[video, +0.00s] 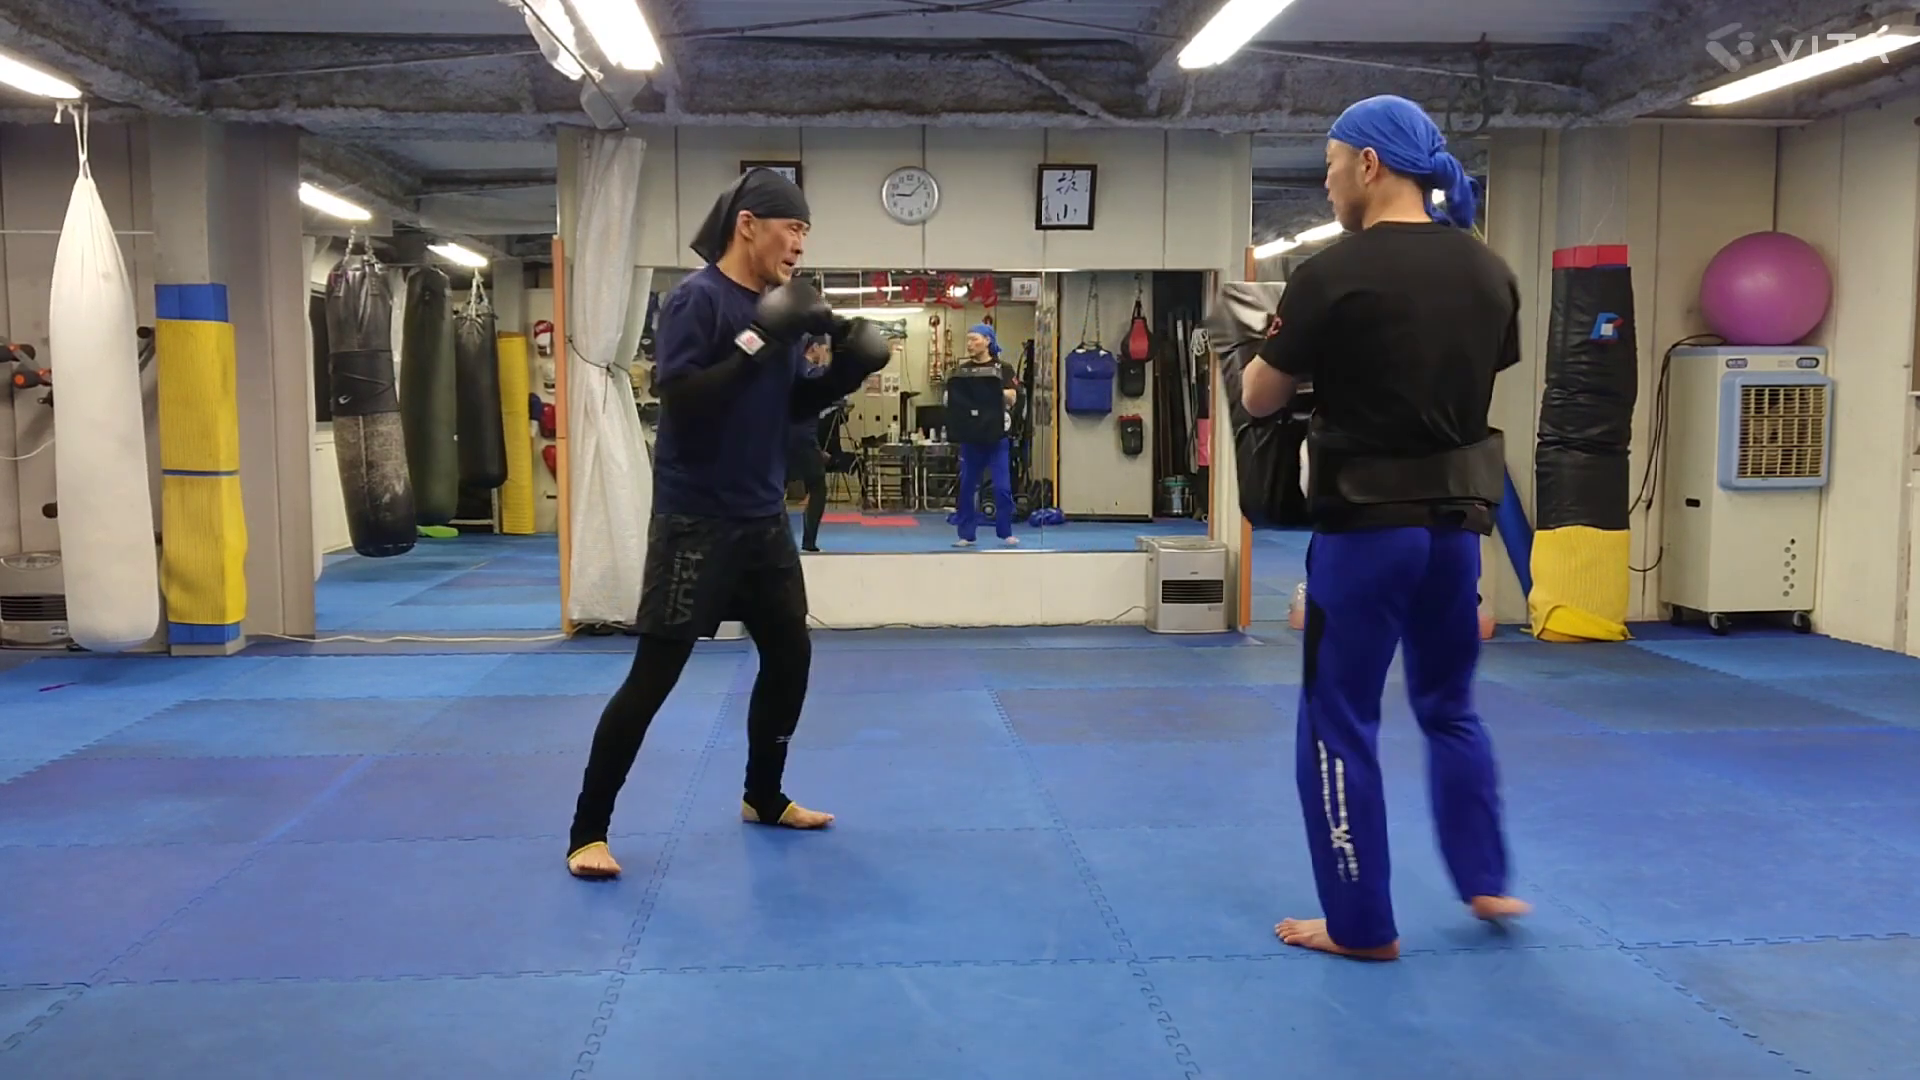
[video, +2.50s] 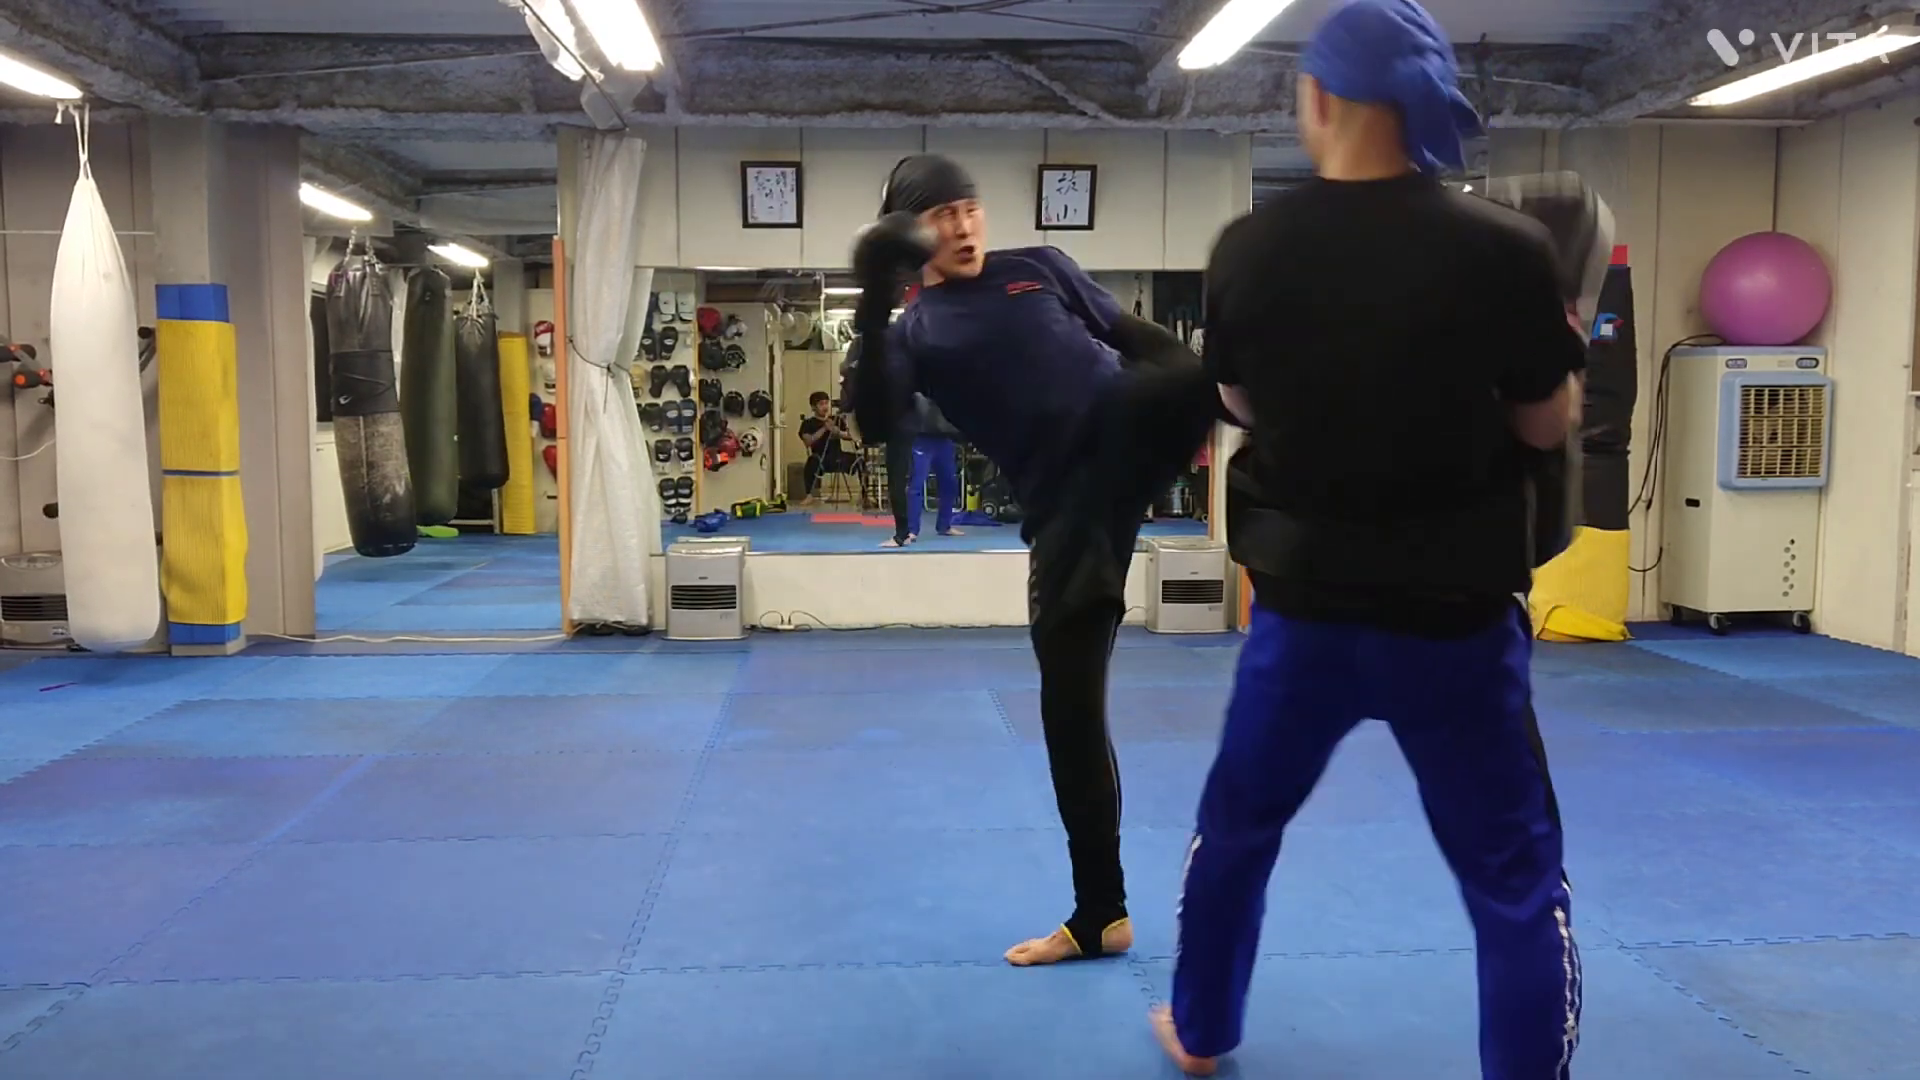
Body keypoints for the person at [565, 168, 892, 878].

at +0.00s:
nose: (798, 248)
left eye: (803, 236)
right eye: (789, 233)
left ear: (786, 238)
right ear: (745, 225)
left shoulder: (779, 313)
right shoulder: (695, 299)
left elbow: (793, 407)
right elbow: (677, 394)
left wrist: (847, 371)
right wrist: (756, 346)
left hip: (762, 521)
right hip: (694, 523)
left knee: (789, 655)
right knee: (653, 677)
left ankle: (764, 797)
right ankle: (588, 834)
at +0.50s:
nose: (855, 247)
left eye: (859, 234)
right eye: (844, 233)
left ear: (836, 236)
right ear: (802, 230)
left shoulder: (826, 302)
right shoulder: (769, 288)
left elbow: (850, 380)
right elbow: (743, 383)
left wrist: (901, 361)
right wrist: (836, 386)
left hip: (796, 501)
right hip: (757, 501)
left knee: (797, 645)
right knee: (790, 645)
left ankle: (763, 799)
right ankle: (736, 815)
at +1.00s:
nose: (816, 231)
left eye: (822, 219)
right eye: (798, 219)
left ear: (832, 224)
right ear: (769, 232)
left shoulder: (855, 281)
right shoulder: (754, 328)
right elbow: (772, 400)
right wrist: (784, 291)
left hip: (953, 422)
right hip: (898, 501)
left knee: (1080, 386)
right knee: (919, 675)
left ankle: (1258, 392)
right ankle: (929, 857)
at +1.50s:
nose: (996, 229)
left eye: (999, 215)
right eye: (984, 213)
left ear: (964, 218)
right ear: (937, 212)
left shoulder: (953, 293)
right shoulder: (896, 293)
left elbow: (959, 400)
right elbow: (902, 401)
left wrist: (1033, 386)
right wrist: (977, 332)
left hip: (917, 502)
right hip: (880, 505)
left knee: (921, 658)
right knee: (907, 666)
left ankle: (908, 806)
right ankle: (890, 854)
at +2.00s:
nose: (1018, 234)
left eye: (1024, 220)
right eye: (1002, 223)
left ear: (1030, 222)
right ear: (960, 228)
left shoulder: (1030, 300)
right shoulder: (938, 291)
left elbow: (1094, 382)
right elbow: (869, 387)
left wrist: (1122, 358)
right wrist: (935, 403)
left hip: (981, 517)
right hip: (928, 516)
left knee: (948, 666)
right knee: (965, 676)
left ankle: (903, 808)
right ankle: (1000, 881)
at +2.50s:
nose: (961, 221)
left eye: (967, 205)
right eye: (940, 212)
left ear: (983, 213)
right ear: (907, 234)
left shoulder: (1038, 264)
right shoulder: (908, 329)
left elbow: (1130, 334)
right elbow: (876, 417)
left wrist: (1211, 388)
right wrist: (874, 303)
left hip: (1126, 426)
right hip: (1064, 505)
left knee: (1174, 380)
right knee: (1073, 717)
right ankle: (1101, 916)